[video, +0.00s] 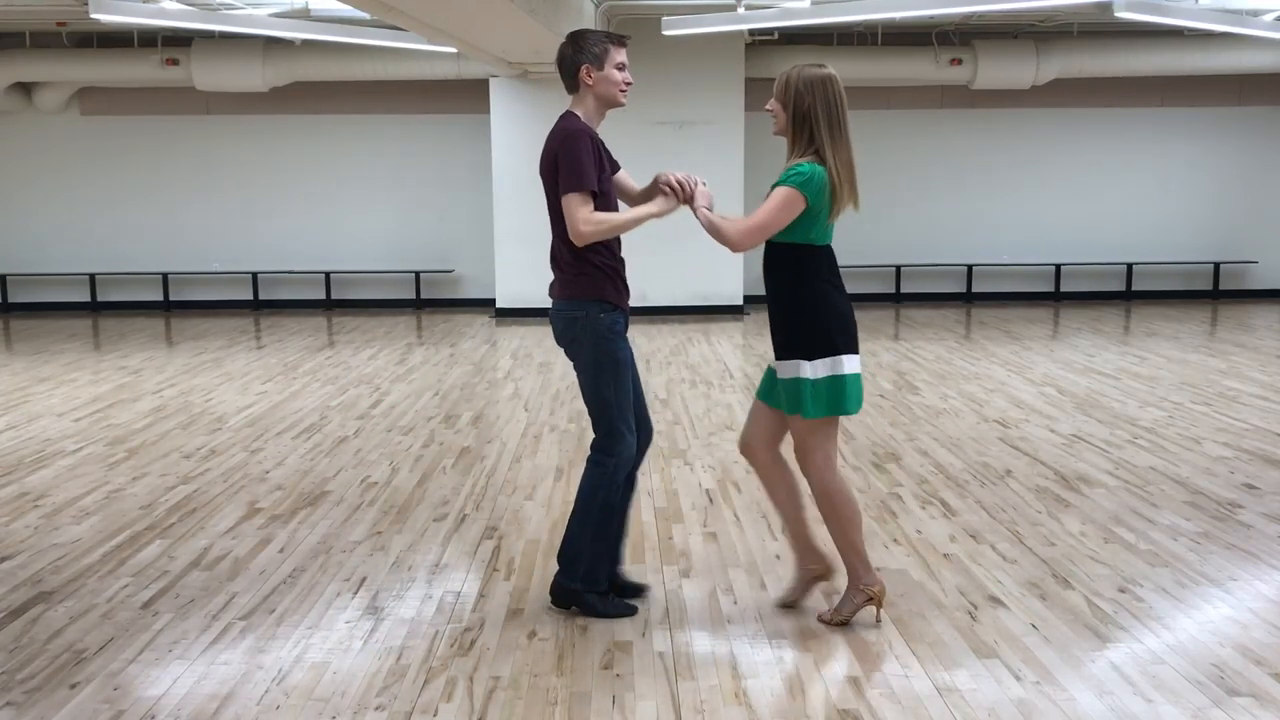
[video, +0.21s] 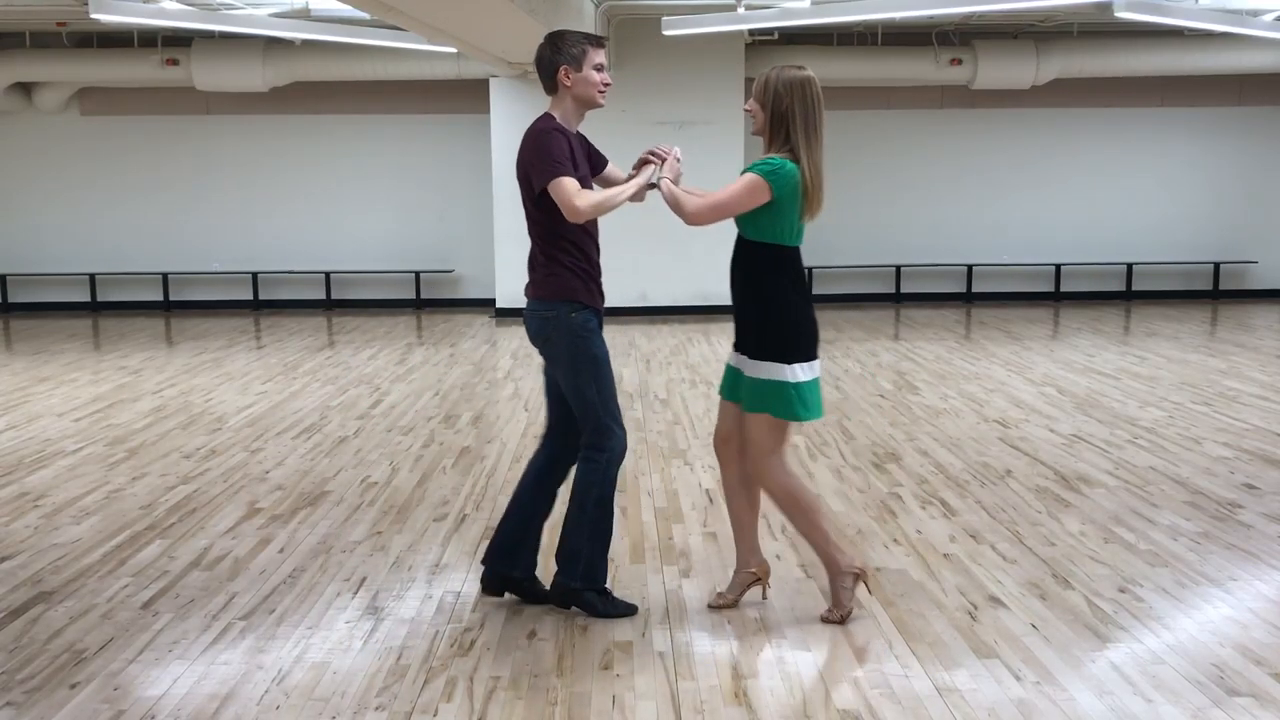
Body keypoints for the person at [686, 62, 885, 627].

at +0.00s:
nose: (768, 107)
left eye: (777, 99)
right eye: (771, 98)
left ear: (801, 110)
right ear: (808, 109)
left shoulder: (810, 175)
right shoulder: (801, 172)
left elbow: (741, 237)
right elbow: (747, 233)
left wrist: (703, 210)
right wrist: (705, 212)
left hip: (820, 340)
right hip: (801, 339)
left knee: (817, 459)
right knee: (758, 445)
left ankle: (863, 579)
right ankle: (810, 559)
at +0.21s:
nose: (746, 107)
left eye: (754, 99)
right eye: (749, 98)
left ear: (778, 109)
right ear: (782, 109)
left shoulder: (780, 173)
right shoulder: (773, 167)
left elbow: (697, 213)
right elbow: (713, 205)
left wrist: (664, 183)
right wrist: (673, 181)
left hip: (778, 333)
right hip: (756, 328)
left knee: (764, 460)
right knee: (728, 444)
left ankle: (841, 566)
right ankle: (749, 562)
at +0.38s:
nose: (728, 107)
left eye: (737, 101)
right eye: (733, 99)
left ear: (757, 112)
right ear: (772, 114)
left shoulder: (757, 172)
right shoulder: (761, 170)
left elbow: (672, 197)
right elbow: (683, 197)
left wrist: (641, 160)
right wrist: (647, 162)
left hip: (746, 340)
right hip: (753, 335)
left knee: (688, 451)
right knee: (723, 453)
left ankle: (755, 554)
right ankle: (748, 571)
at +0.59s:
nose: (711, 110)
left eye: (719, 103)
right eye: (714, 102)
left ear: (739, 113)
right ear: (749, 118)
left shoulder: (742, 170)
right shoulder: (731, 173)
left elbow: (665, 141)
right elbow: (655, 164)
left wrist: (635, 90)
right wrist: (621, 105)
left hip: (720, 330)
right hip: (729, 328)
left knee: (668, 445)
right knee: (689, 451)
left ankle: (693, 569)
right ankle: (742, 560)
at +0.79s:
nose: (703, 113)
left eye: (709, 104)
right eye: (704, 104)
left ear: (733, 115)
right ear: (739, 119)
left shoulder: (736, 167)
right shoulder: (714, 167)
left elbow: (691, 95)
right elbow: (669, 106)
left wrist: (661, 23)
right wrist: (636, 30)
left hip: (715, 334)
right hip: (698, 329)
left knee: (667, 454)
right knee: (656, 449)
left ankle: (698, 570)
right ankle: (712, 548)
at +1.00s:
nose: (716, 115)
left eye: (723, 104)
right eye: (717, 106)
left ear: (744, 114)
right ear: (736, 118)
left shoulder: (747, 166)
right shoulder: (721, 166)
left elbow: (716, 95)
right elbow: (689, 109)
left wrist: (686, 23)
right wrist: (665, 45)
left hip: (721, 338)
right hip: (706, 333)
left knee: (663, 452)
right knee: (682, 449)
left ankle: (707, 565)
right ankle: (719, 551)